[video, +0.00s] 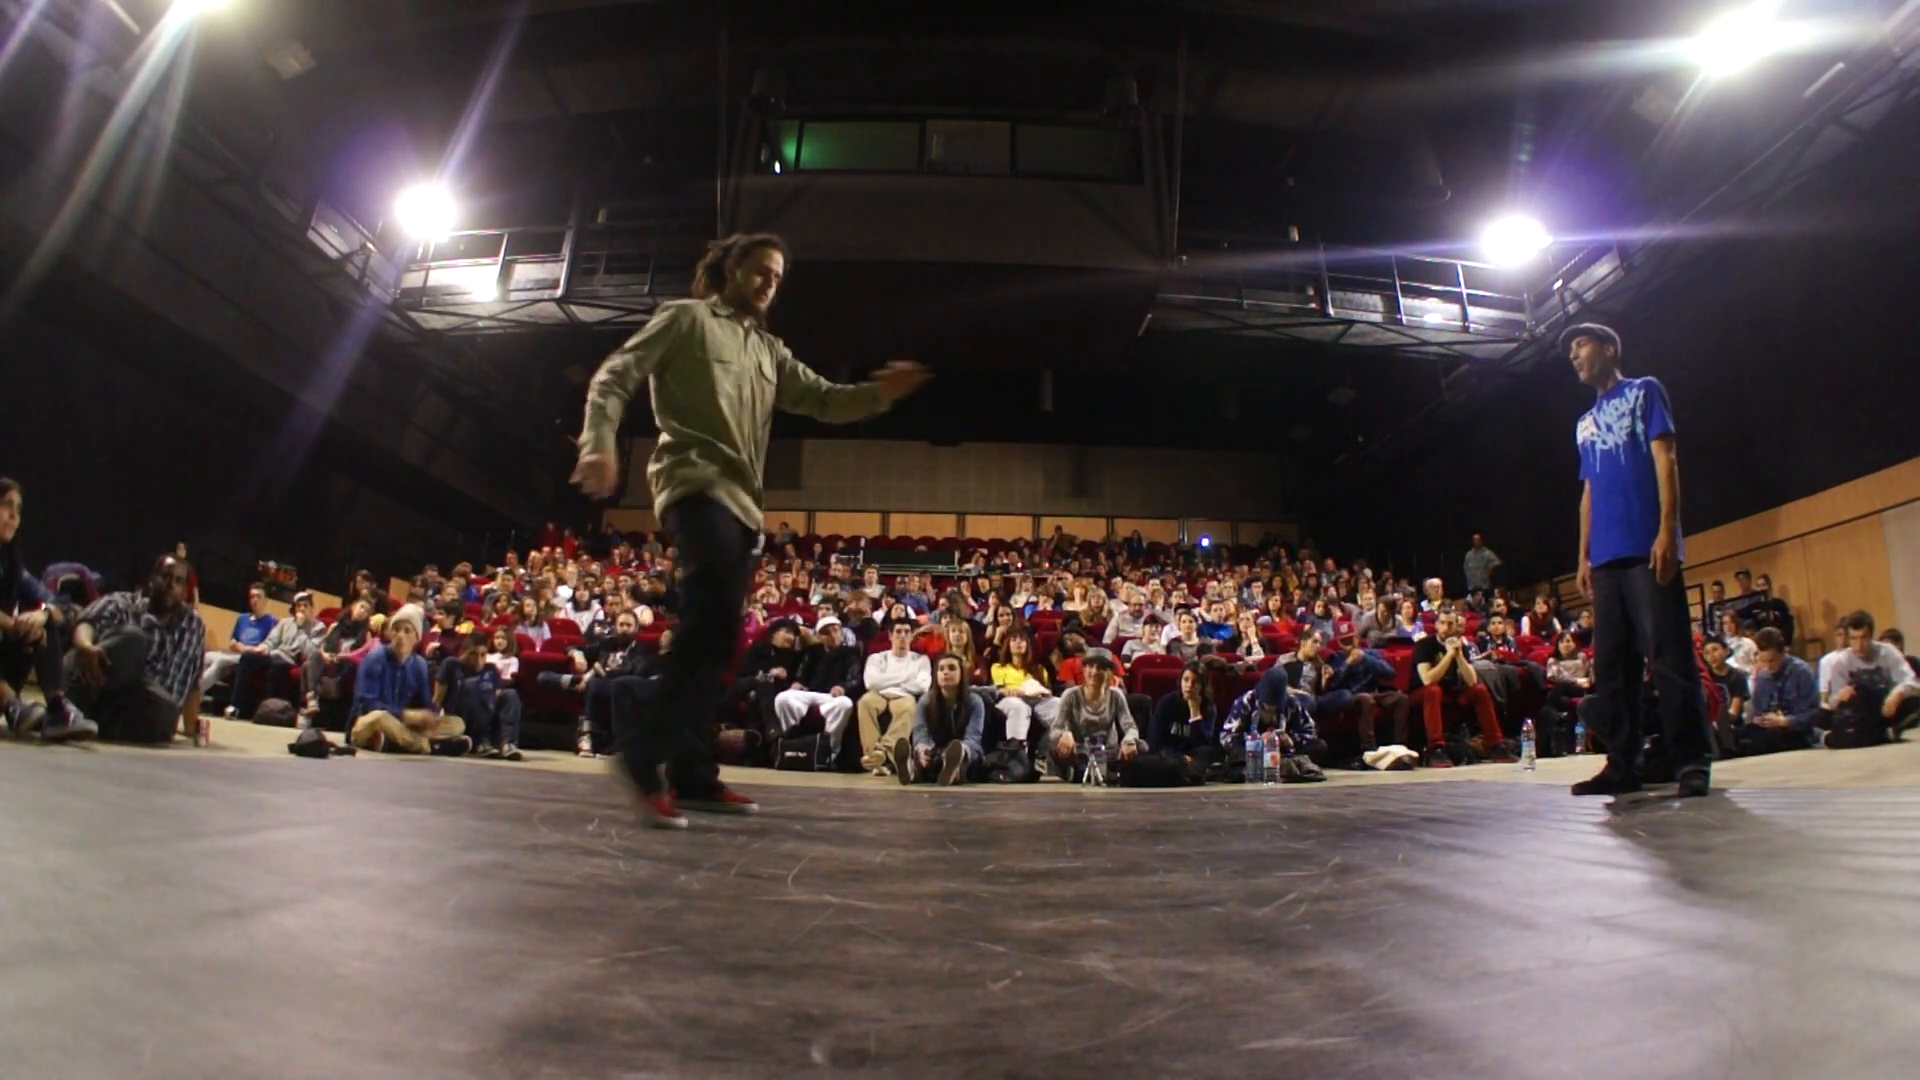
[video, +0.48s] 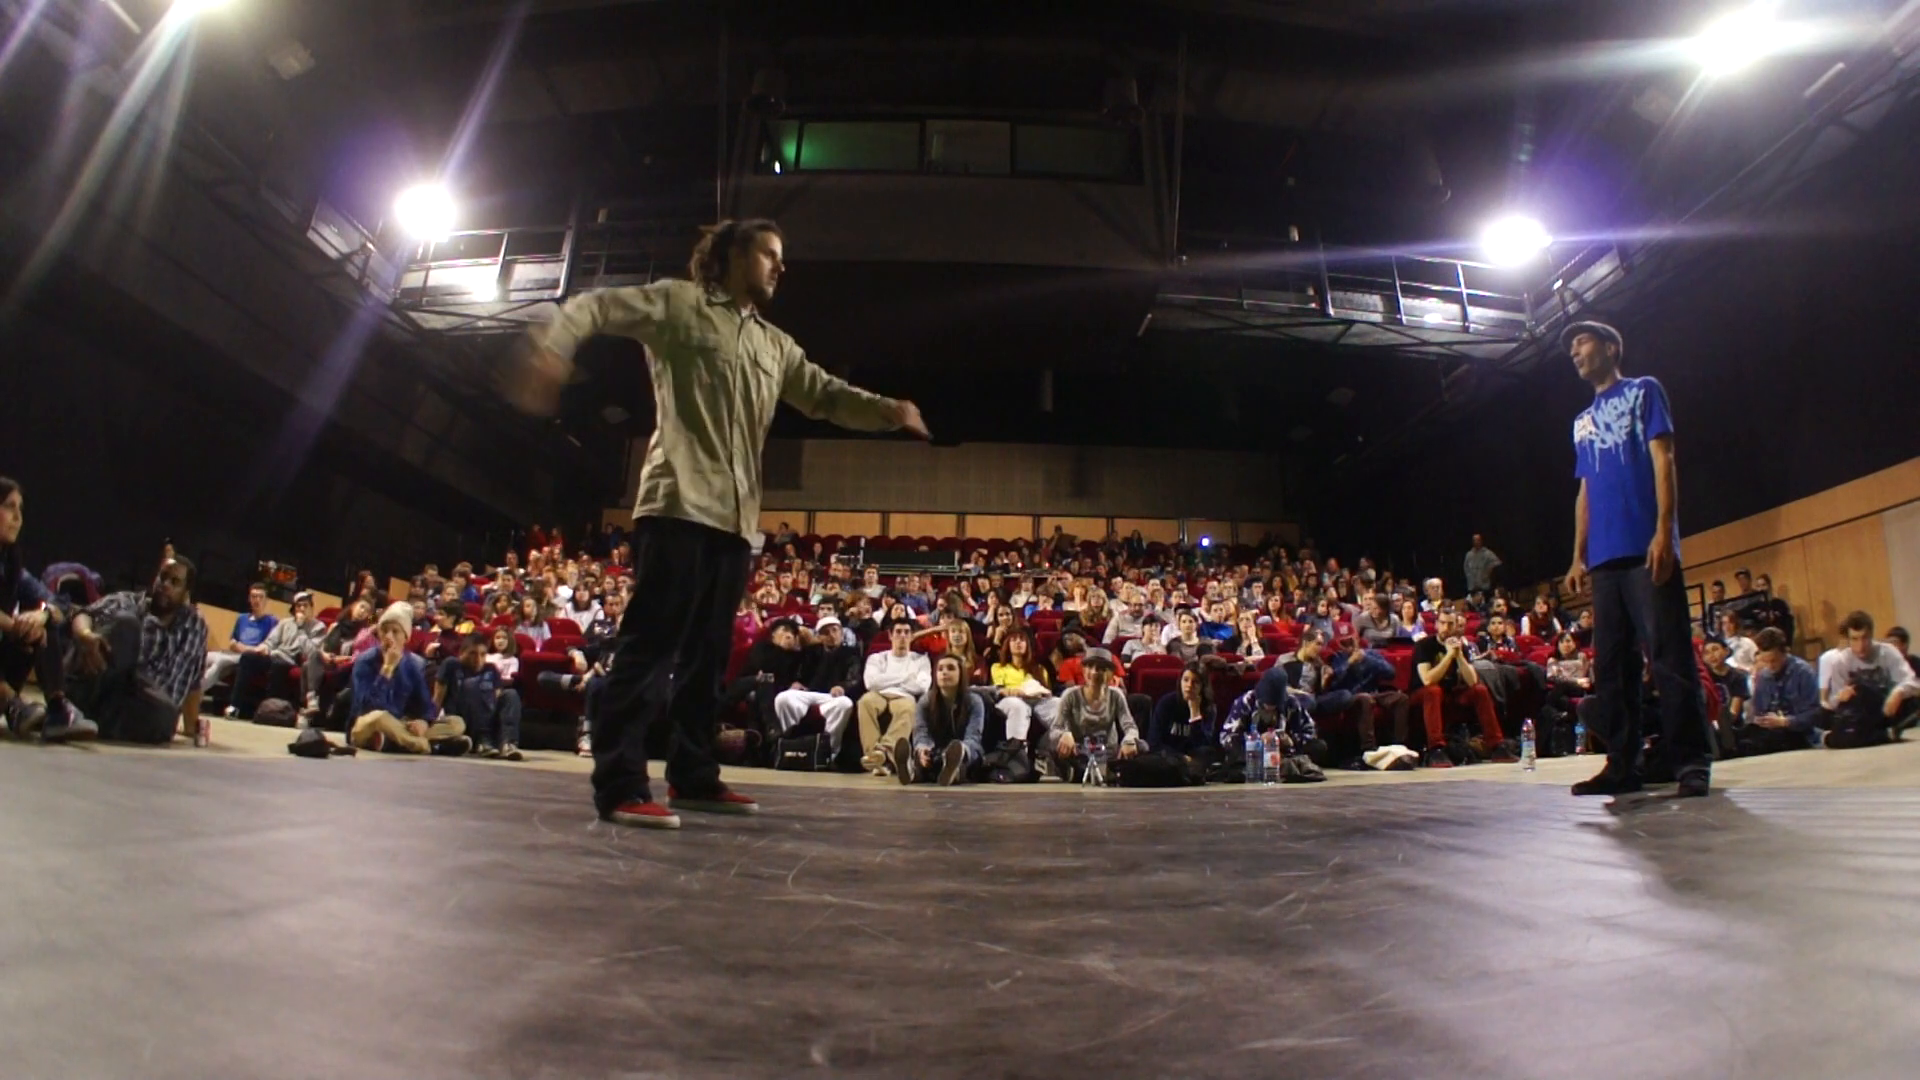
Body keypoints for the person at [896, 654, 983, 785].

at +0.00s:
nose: (946, 672)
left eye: (952, 668)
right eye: (941, 669)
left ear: (961, 673)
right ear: (935, 674)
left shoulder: (975, 701)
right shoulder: (925, 701)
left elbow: (973, 737)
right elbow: (920, 730)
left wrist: (960, 750)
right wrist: (922, 748)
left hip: (962, 749)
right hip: (934, 749)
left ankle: (949, 772)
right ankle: (910, 769)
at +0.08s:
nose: (946, 672)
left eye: (951, 668)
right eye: (941, 669)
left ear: (961, 673)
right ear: (935, 674)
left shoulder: (975, 701)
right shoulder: (925, 701)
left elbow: (974, 737)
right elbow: (920, 729)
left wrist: (961, 750)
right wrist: (922, 747)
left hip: (963, 749)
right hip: (934, 749)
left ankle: (949, 773)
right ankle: (910, 769)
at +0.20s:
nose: (945, 673)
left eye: (951, 668)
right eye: (941, 669)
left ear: (962, 674)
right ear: (936, 674)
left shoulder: (974, 701)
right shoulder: (925, 701)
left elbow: (974, 736)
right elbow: (921, 729)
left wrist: (962, 750)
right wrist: (922, 747)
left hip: (963, 748)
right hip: (934, 748)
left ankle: (950, 773)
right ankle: (912, 768)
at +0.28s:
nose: (945, 673)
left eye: (951, 668)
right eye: (941, 669)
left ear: (962, 674)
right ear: (935, 674)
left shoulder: (974, 701)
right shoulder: (925, 701)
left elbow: (974, 735)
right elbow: (921, 729)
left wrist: (962, 751)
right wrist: (922, 747)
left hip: (963, 749)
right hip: (934, 749)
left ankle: (949, 773)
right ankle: (912, 768)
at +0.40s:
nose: (945, 673)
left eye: (951, 668)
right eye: (940, 669)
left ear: (961, 674)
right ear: (935, 674)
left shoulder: (974, 701)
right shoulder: (925, 701)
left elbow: (974, 735)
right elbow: (920, 729)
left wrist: (962, 751)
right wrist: (922, 747)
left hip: (963, 749)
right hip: (934, 749)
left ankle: (949, 773)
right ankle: (912, 769)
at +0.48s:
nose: (945, 673)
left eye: (951, 668)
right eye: (940, 669)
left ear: (961, 674)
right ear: (935, 674)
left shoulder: (974, 701)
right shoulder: (925, 701)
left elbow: (974, 735)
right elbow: (920, 729)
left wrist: (962, 751)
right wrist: (922, 747)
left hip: (963, 749)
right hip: (934, 749)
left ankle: (949, 773)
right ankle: (912, 769)